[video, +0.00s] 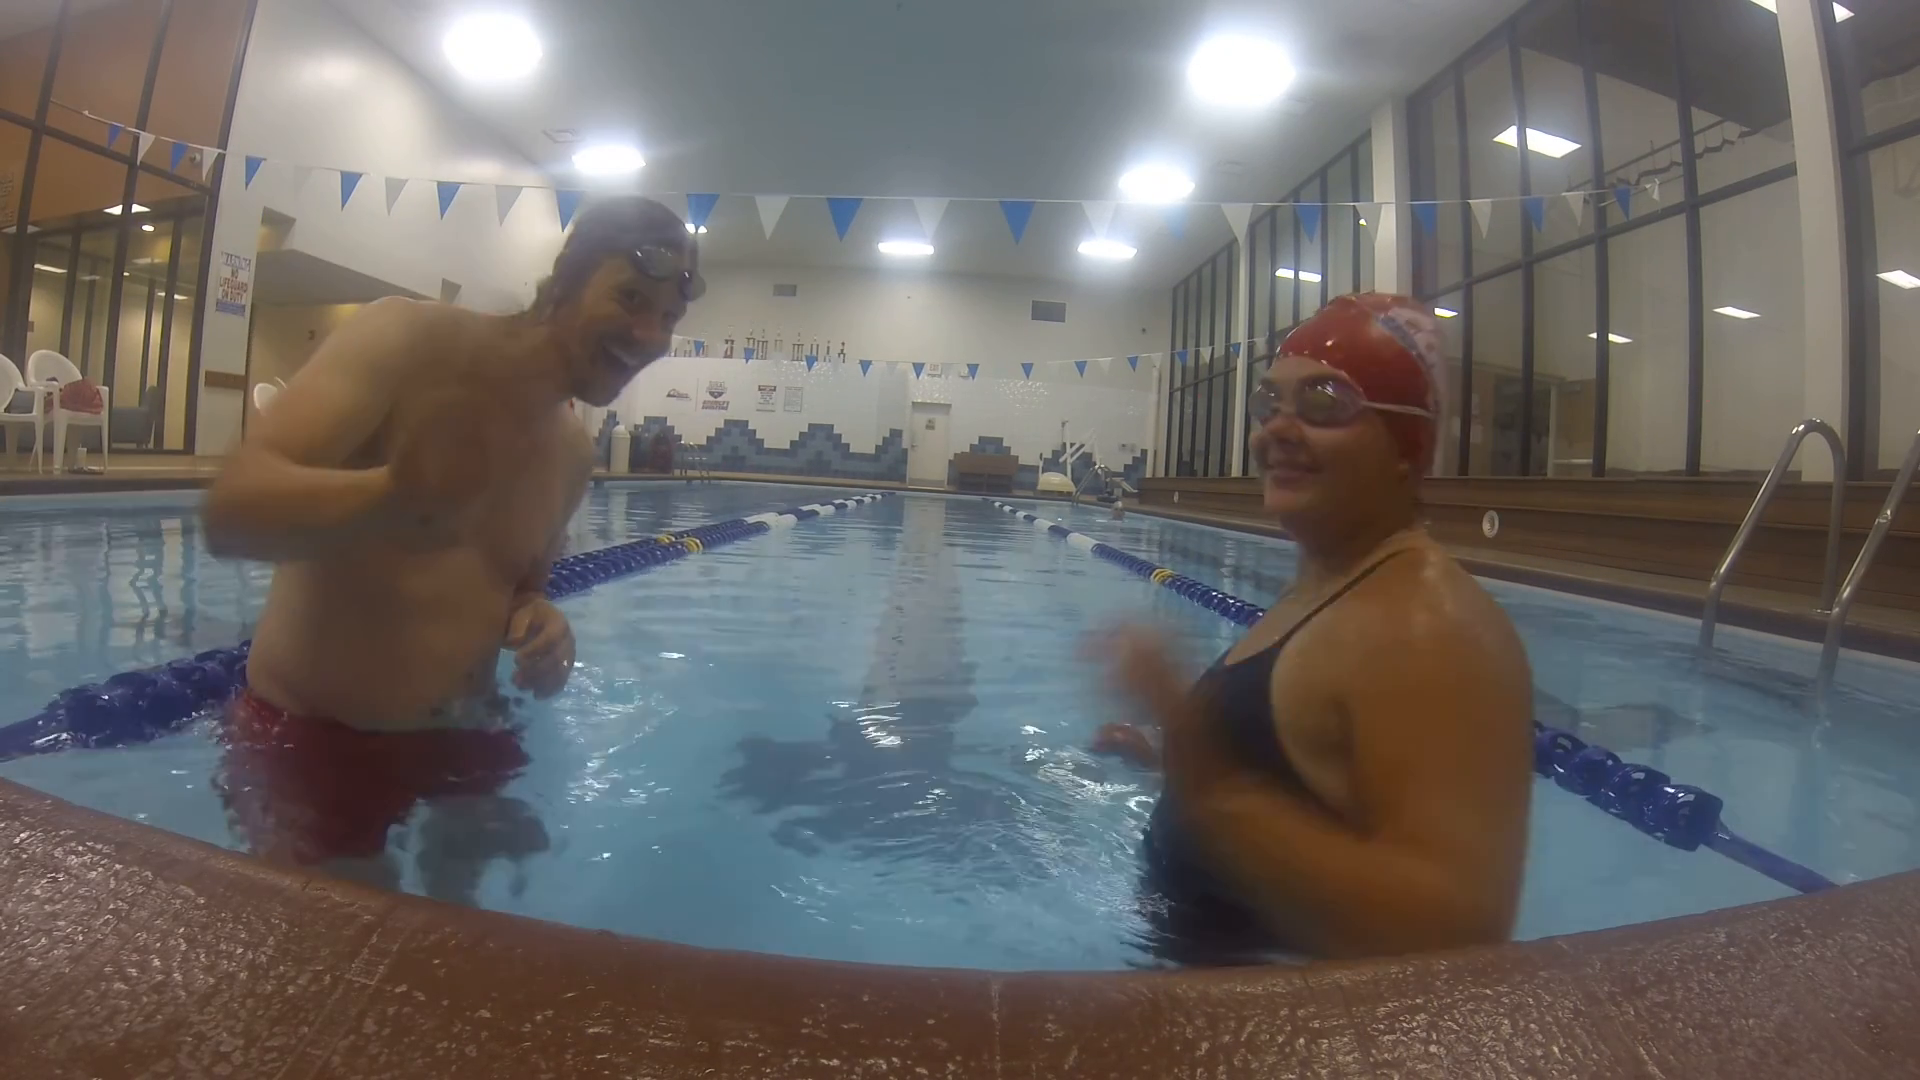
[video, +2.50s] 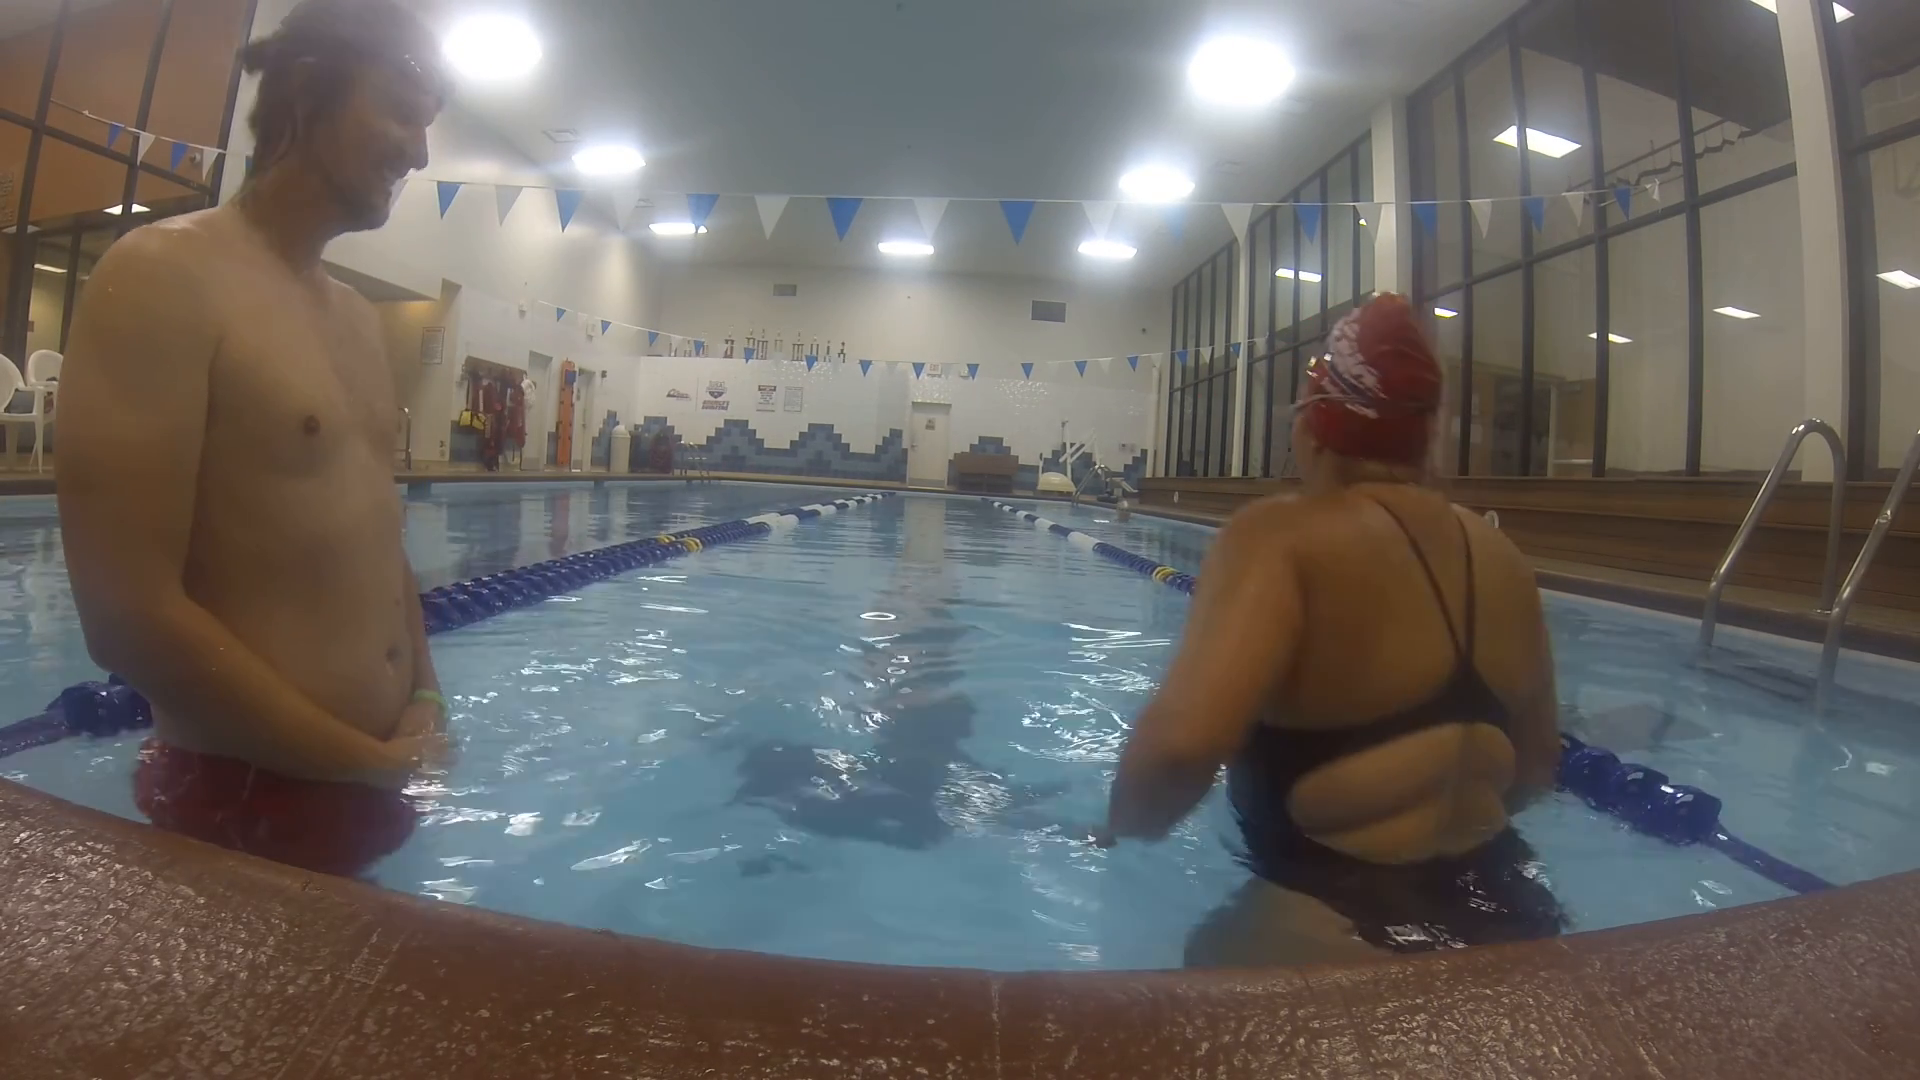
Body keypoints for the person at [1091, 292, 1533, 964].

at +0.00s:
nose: (1279, 427)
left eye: (1323, 405)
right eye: (1270, 404)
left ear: (1406, 445)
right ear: (1254, 420)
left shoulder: (1431, 635)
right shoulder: (1322, 584)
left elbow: (1452, 921)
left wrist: (1212, 788)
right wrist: (1174, 758)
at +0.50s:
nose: (1285, 467)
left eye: (1323, 447)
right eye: (1263, 442)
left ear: (1366, 477)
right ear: (1240, 464)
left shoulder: (1419, 607)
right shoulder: (1206, 612)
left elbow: (1619, 768)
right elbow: (1204, 742)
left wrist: (1468, 652)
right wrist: (1105, 765)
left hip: (1372, 985)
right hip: (1219, 973)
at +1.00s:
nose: (1337, 464)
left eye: (1364, 444)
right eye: (1308, 439)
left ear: (1389, 468)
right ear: (1266, 461)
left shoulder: (1442, 594)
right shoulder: (1205, 602)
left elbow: (1639, 725)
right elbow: (1163, 725)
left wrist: (1535, 630)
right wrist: (1066, 767)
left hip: (1403, 949)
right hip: (1252, 935)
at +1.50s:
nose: (1345, 468)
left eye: (1383, 446)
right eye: (1320, 442)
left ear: (1428, 468)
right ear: (1294, 459)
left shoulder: (1469, 595)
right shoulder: (1276, 593)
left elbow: (1634, 783)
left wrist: (1476, 650)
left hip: (1446, 955)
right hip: (1299, 943)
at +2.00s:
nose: (1290, 456)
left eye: (1304, 431)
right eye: (1298, 431)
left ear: (1360, 453)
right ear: (1369, 454)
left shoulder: (1399, 587)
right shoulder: (1458, 561)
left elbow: (1423, 852)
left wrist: (1224, 801)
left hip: (1372, 967)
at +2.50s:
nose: (1294, 424)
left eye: (1301, 407)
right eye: (1303, 404)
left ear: (1311, 424)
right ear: (1424, 433)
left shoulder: (1278, 537)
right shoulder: (1496, 551)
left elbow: (1184, 741)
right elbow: (1534, 758)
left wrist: (1124, 833)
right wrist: (1444, 815)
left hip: (1333, 933)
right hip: (1503, 916)